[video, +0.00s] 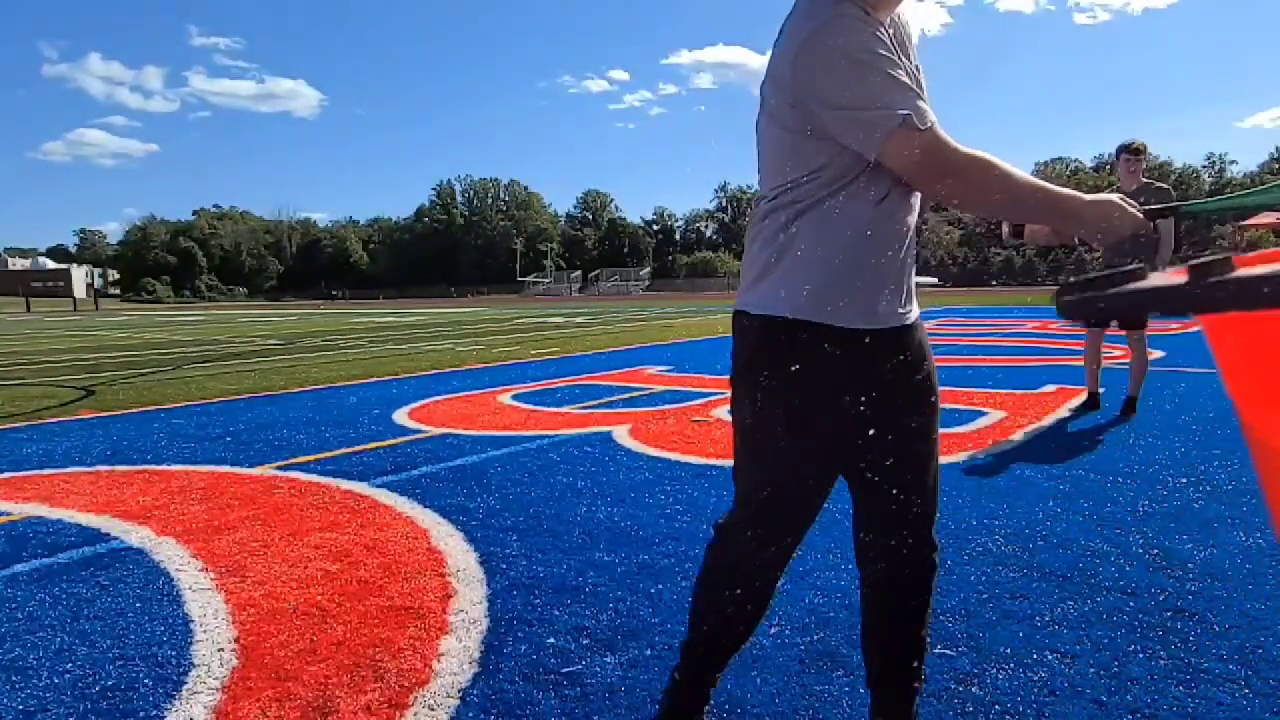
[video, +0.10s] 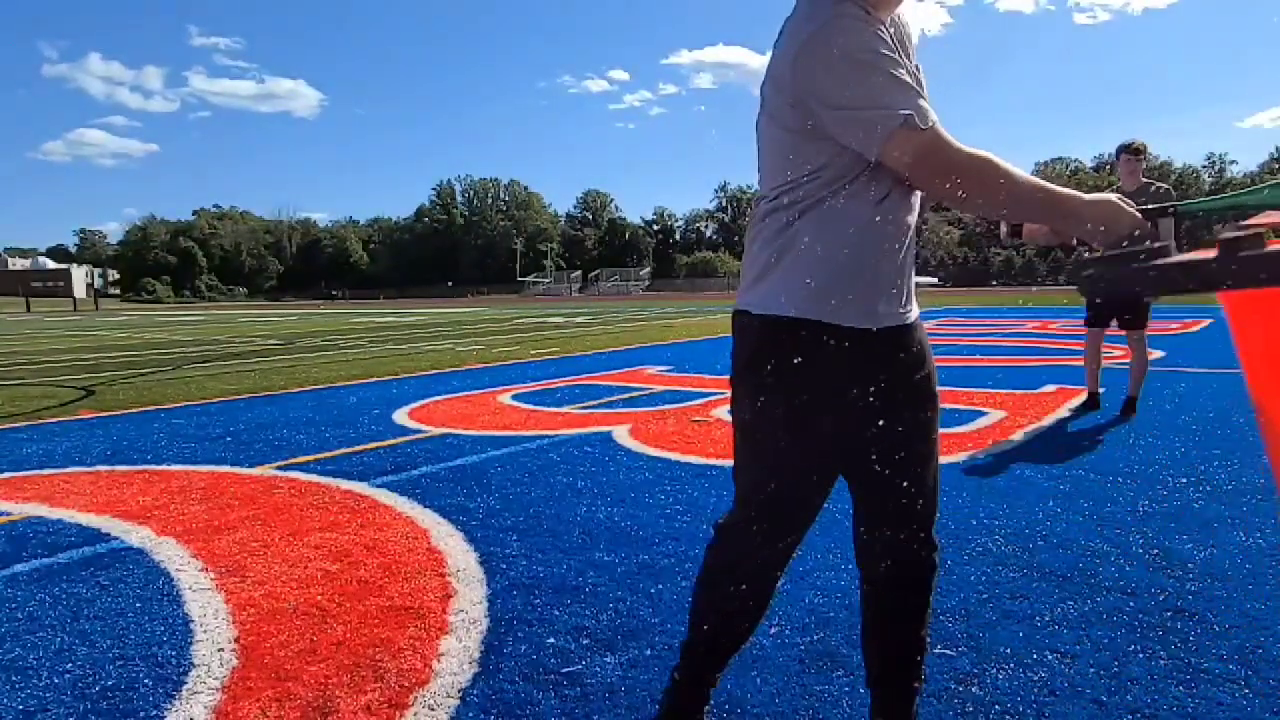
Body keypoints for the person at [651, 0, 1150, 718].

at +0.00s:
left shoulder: (890, 33)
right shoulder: (832, 31)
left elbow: (921, 175)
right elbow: (937, 165)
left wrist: (1018, 217)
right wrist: (1088, 209)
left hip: (886, 334)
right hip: (797, 334)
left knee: (901, 546)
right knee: (764, 529)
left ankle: (895, 707)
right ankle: (687, 697)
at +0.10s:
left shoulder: (888, 35)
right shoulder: (833, 31)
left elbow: (922, 172)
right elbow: (935, 163)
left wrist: (1019, 217)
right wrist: (1079, 204)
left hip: (885, 331)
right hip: (798, 332)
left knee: (902, 542)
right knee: (765, 528)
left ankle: (895, 707)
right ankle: (687, 697)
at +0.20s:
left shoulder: (885, 36)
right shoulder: (835, 30)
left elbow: (925, 174)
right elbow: (942, 166)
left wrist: (1021, 217)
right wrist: (1081, 206)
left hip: (884, 331)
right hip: (799, 332)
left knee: (902, 543)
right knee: (764, 530)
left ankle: (895, 705)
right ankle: (685, 699)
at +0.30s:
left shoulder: (882, 36)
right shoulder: (835, 28)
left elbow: (919, 176)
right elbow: (941, 163)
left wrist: (1020, 218)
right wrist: (1079, 204)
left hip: (884, 332)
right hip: (796, 332)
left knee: (902, 545)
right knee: (764, 528)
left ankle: (894, 706)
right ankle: (685, 698)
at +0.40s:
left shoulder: (873, 36)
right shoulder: (839, 27)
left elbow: (916, 173)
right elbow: (940, 162)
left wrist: (1010, 215)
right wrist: (1079, 206)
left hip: (883, 332)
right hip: (800, 332)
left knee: (902, 543)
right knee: (764, 529)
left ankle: (893, 705)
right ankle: (684, 699)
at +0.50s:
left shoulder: (870, 36)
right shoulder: (838, 26)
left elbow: (917, 176)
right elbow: (944, 162)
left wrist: (1019, 219)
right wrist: (1075, 205)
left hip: (882, 332)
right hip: (799, 332)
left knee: (901, 547)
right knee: (763, 532)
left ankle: (893, 706)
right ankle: (684, 699)